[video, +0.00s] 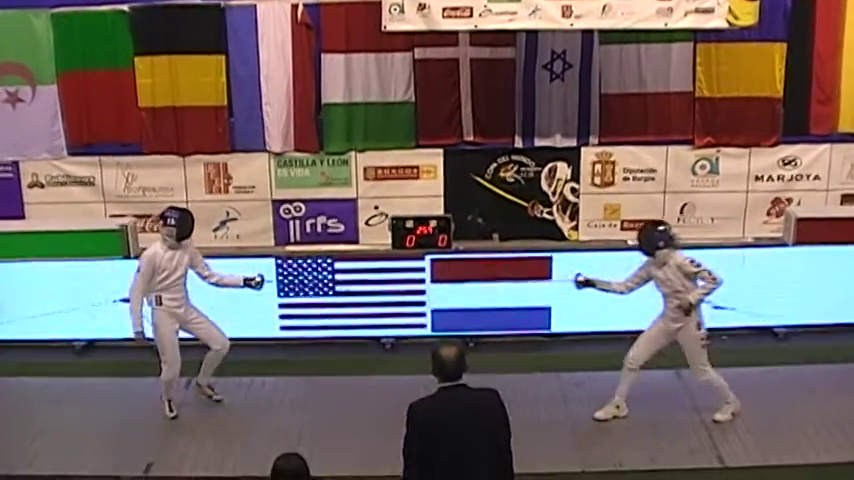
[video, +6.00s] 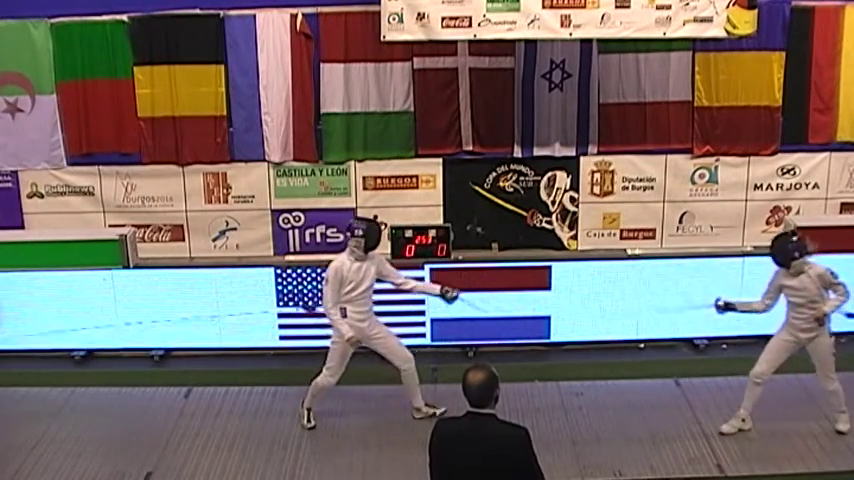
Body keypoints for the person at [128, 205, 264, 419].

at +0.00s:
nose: (166, 233)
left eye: (171, 230)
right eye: (164, 228)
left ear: (182, 233)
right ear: (160, 228)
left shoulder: (188, 251)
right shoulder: (151, 255)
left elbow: (210, 277)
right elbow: (136, 293)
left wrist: (245, 281)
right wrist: (138, 330)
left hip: (186, 309)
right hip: (162, 313)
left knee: (221, 345)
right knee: (172, 365)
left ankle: (203, 382)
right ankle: (167, 398)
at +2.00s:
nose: (266, 247)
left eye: (271, 245)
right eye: (263, 242)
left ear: (281, 246)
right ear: (259, 241)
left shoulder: (282, 264)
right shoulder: (248, 265)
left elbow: (288, 296)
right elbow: (236, 304)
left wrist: (313, 315)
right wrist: (243, 337)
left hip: (277, 321)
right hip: (252, 324)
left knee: (309, 362)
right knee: (253, 378)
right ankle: (247, 408)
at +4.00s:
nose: (293, 236)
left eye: (299, 232)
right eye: (292, 231)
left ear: (309, 236)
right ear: (289, 232)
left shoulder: (316, 253)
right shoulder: (279, 259)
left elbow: (345, 274)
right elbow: (270, 299)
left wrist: (380, 284)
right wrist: (280, 330)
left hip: (309, 317)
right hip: (285, 319)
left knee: (337, 357)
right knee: (278, 374)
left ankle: (328, 405)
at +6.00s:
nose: (356, 243)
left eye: (361, 239)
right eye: (353, 237)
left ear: (370, 244)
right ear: (349, 238)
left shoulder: (375, 261)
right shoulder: (338, 266)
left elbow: (403, 283)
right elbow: (330, 307)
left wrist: (440, 290)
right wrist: (346, 333)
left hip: (370, 325)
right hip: (345, 328)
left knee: (406, 361)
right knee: (329, 378)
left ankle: (419, 408)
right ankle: (307, 406)